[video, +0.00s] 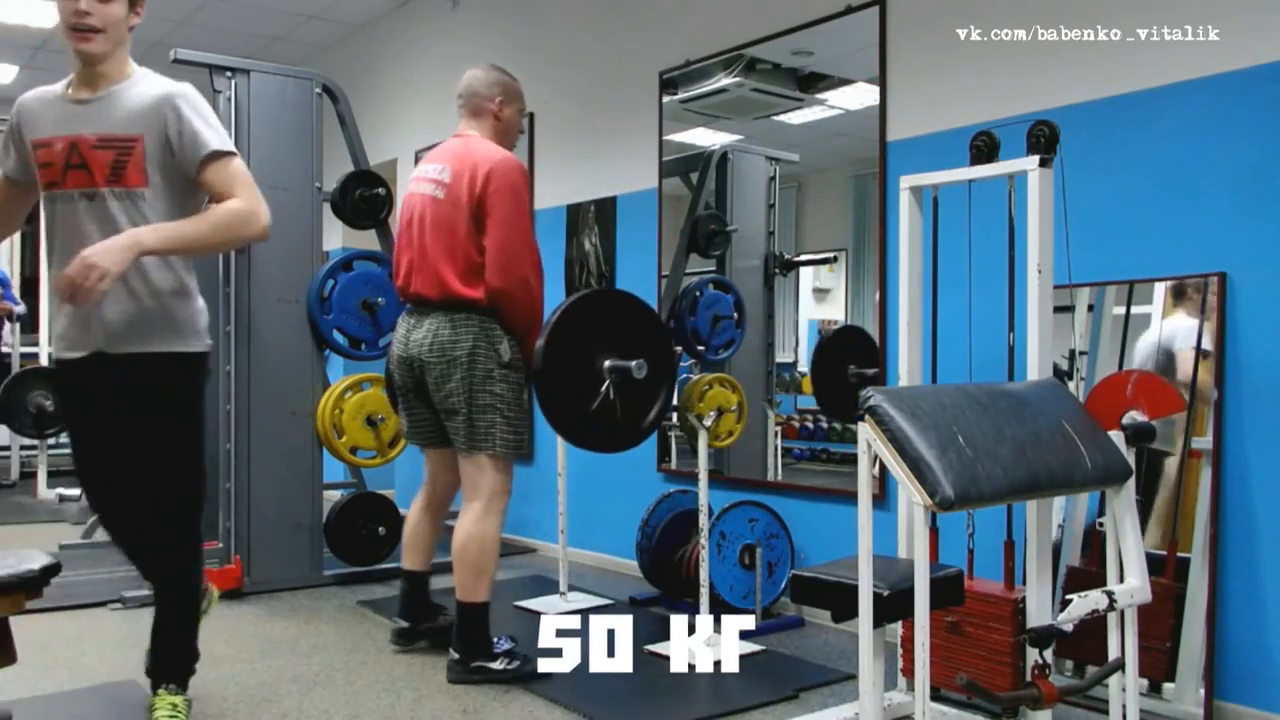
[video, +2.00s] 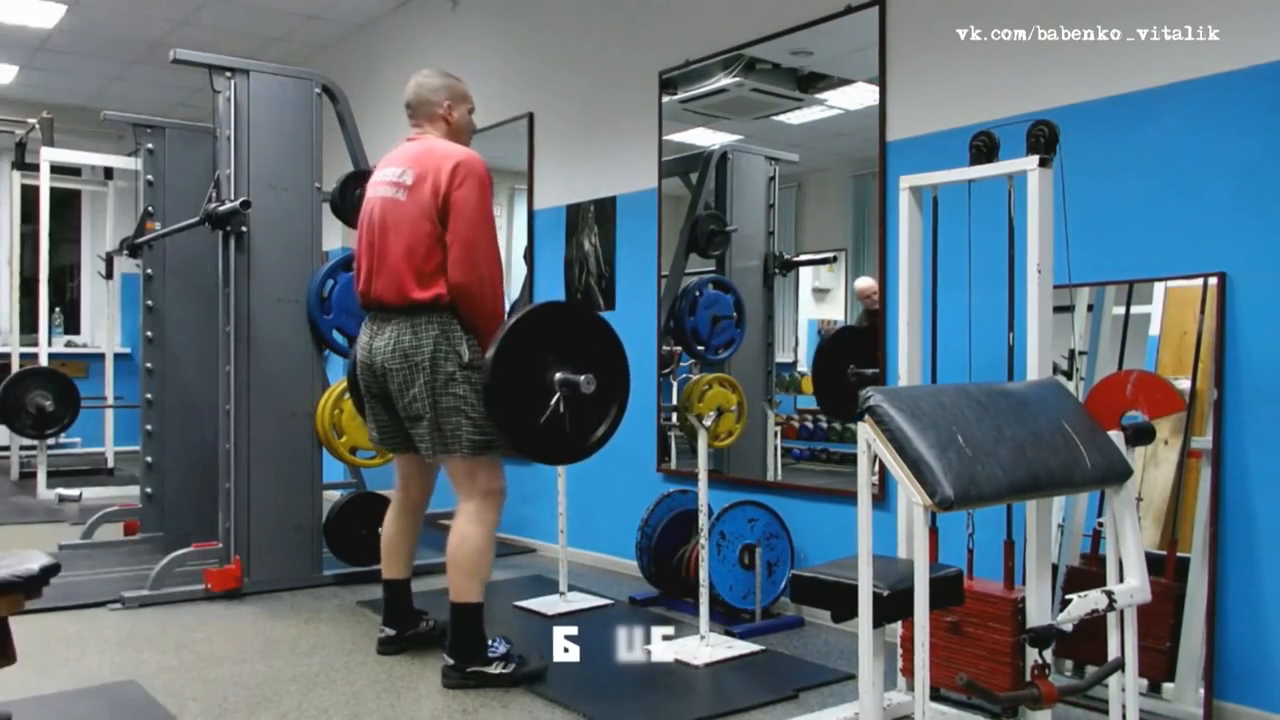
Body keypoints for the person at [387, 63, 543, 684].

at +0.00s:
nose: (521, 128)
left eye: (522, 119)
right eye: (520, 118)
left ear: (468, 107)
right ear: (499, 107)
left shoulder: (425, 163)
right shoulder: (501, 165)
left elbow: (403, 264)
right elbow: (511, 271)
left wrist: (435, 310)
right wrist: (527, 340)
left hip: (412, 332)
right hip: (472, 334)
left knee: (438, 480)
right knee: (485, 491)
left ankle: (414, 616)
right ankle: (473, 649)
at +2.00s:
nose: (473, 121)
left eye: (472, 112)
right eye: (469, 111)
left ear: (421, 113)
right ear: (446, 110)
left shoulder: (387, 165)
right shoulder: (461, 164)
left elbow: (366, 266)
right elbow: (472, 273)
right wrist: (494, 343)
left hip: (377, 338)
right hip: (434, 338)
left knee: (412, 483)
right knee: (482, 491)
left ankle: (399, 620)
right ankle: (469, 651)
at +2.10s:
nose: (477, 126)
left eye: (474, 117)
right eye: (473, 116)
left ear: (422, 121)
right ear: (454, 116)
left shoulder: (393, 171)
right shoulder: (469, 171)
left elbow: (368, 270)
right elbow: (472, 278)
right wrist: (494, 346)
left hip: (376, 341)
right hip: (433, 342)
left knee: (420, 482)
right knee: (489, 493)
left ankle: (400, 619)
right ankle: (470, 652)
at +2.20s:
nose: (472, 125)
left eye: (469, 115)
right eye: (467, 115)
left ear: (418, 123)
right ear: (448, 116)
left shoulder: (391, 173)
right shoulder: (465, 171)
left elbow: (371, 273)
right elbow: (476, 277)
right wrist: (498, 342)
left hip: (382, 341)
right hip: (440, 341)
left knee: (425, 483)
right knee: (490, 493)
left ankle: (402, 619)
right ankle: (471, 652)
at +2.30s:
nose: (451, 111)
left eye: (448, 101)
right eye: (445, 102)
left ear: (398, 110)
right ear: (425, 105)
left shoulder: (373, 168)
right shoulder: (447, 157)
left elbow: (368, 267)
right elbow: (478, 261)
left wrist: (395, 312)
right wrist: (503, 319)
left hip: (392, 336)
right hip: (448, 330)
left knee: (424, 479)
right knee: (487, 487)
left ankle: (401, 617)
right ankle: (474, 647)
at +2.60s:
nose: (427, 143)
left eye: (428, 135)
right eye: (424, 134)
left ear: (373, 124)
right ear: (399, 123)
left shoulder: (345, 181)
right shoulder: (399, 163)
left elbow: (384, 263)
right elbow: (475, 231)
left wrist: (458, 203)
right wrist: (514, 201)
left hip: (411, 348)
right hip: (462, 340)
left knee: (434, 487)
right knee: (502, 489)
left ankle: (402, 620)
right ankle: (472, 652)